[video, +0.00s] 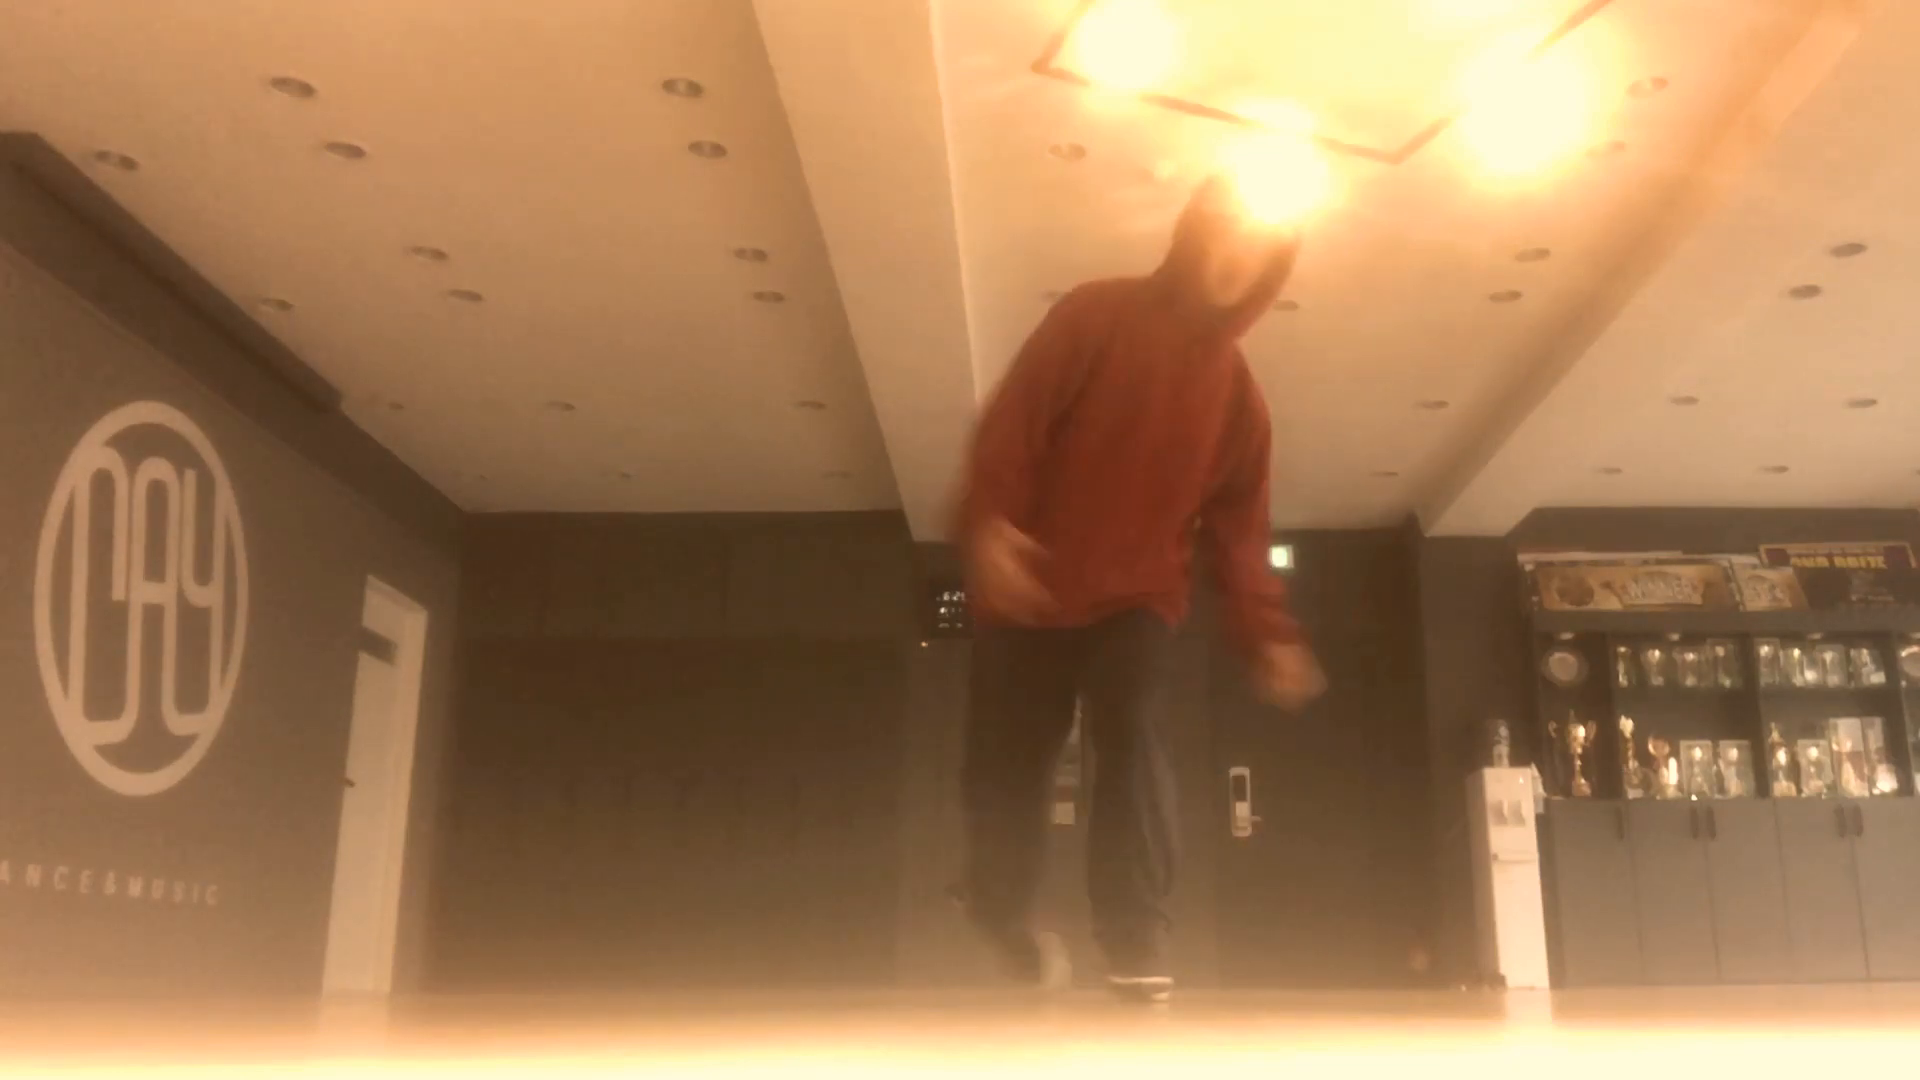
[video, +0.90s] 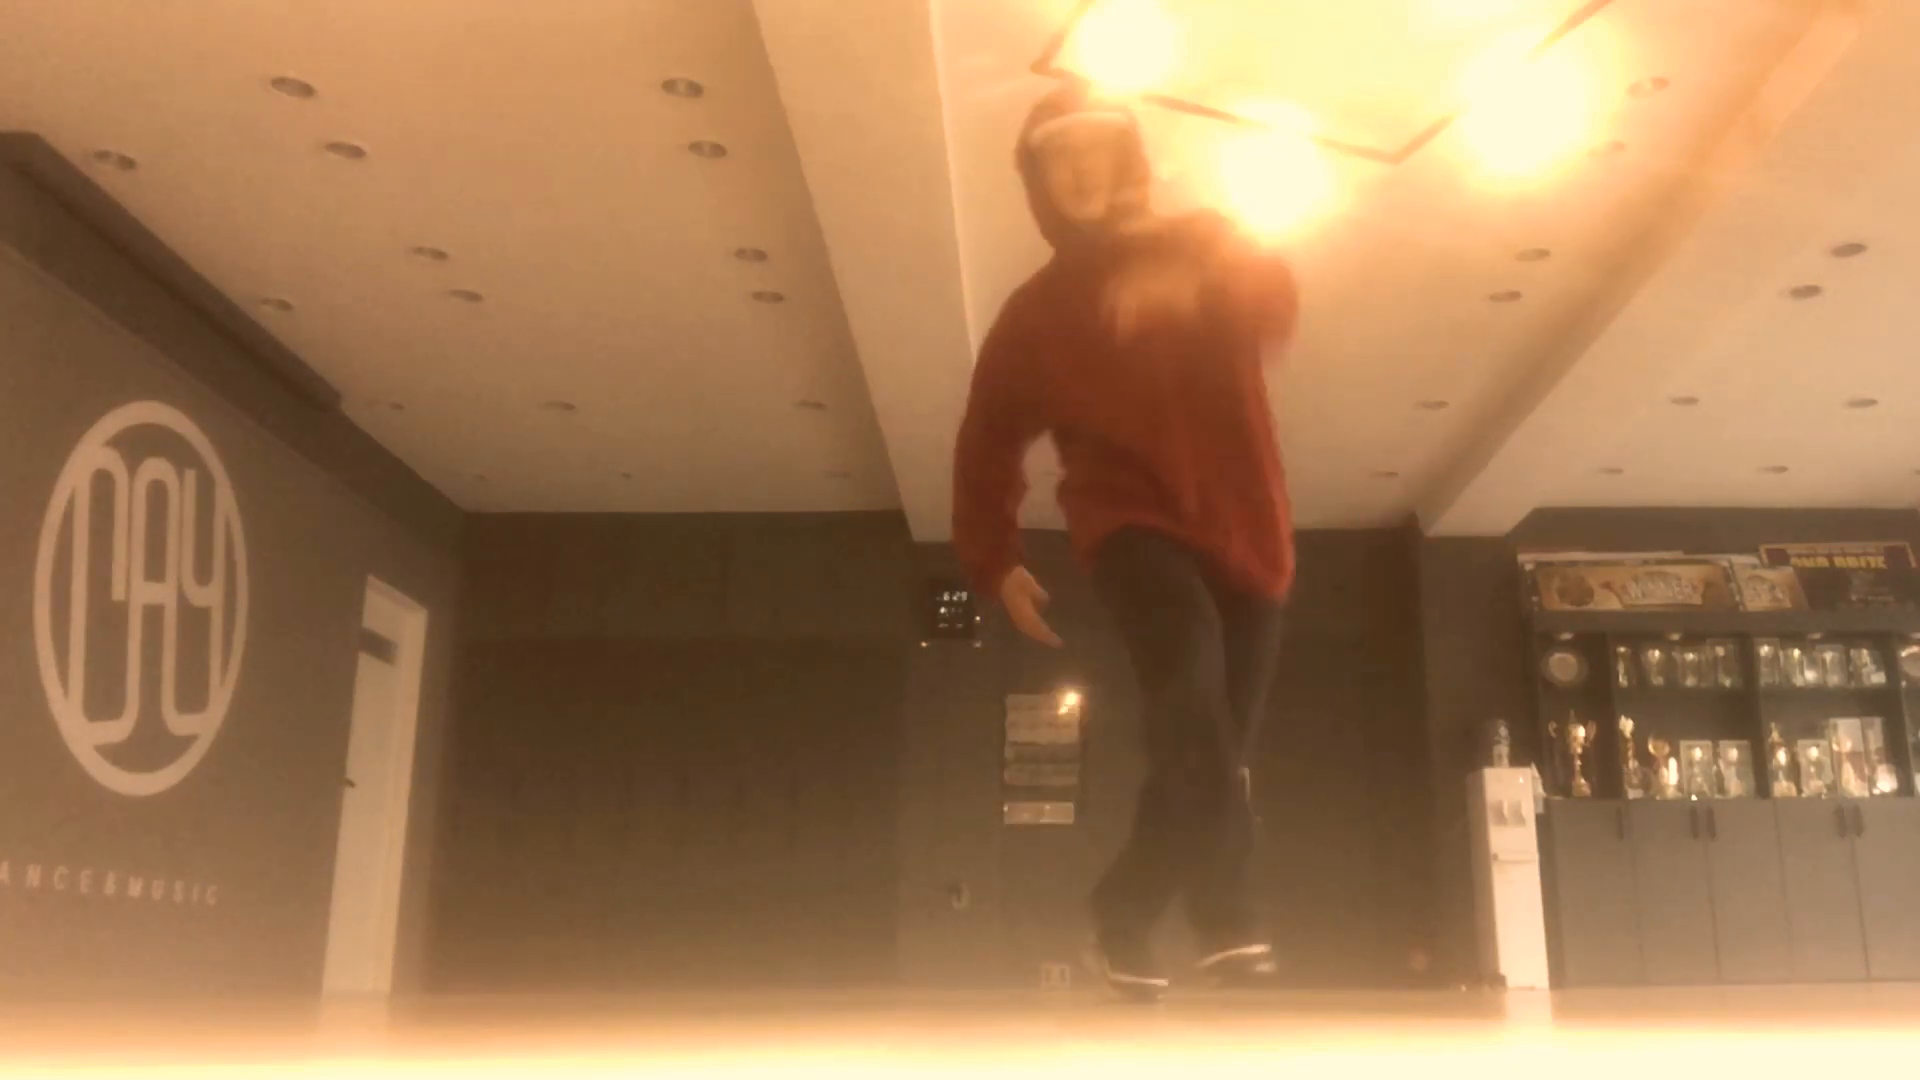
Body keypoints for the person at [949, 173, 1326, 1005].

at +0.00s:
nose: (1236, 269)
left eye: (1257, 257)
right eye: (1228, 243)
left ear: (1269, 278)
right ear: (1191, 238)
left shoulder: (1235, 392)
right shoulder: (1095, 315)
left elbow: (1239, 530)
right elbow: (1017, 414)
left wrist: (1270, 632)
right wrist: (989, 519)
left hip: (1139, 589)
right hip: (1034, 574)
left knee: (1134, 745)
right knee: (1013, 753)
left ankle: (1135, 939)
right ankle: (1003, 917)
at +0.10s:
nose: (1223, 248)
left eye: (1244, 236)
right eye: (1213, 224)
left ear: (1257, 267)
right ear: (1179, 229)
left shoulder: (1241, 386)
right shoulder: (1106, 298)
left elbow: (1288, 523)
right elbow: (999, 359)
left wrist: (1365, 607)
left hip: (1148, 599)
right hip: (1029, 575)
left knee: (1148, 768)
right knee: (978, 752)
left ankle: (1138, 945)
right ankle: (926, 923)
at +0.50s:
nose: (1201, 241)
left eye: (1218, 227)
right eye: (1185, 220)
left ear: (1232, 248)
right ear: (1145, 223)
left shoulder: (1234, 372)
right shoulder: (1086, 302)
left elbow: (1297, 495)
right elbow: (981, 366)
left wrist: (1366, 580)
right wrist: (939, 411)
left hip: (1181, 592)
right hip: (1070, 558)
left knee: (1162, 771)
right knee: (1044, 727)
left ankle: (1110, 941)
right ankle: (892, 884)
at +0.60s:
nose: (1189, 234)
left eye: (1206, 216)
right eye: (1169, 214)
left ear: (1224, 234)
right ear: (1132, 223)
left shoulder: (1232, 359)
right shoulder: (1078, 320)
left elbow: (1265, 490)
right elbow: (1020, 444)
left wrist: (1283, 603)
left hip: (1186, 598)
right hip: (1089, 573)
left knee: (1156, 774)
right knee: (1116, 686)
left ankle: (1112, 945)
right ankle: (975, 871)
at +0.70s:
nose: (1154, 218)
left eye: (1172, 197)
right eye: (1133, 200)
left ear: (1202, 212)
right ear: (1105, 216)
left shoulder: (1236, 339)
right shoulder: (1061, 321)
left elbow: (1253, 475)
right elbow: (1017, 453)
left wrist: (1218, 561)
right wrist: (1031, 565)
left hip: (1195, 575)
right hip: (1087, 556)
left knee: (1182, 752)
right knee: (1148, 664)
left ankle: (1116, 936)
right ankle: (1063, 889)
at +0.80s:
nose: (1119, 186)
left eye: (1135, 164)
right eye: (1095, 170)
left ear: (1164, 176)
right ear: (1065, 190)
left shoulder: (1225, 291)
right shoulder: (1042, 309)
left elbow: (1274, 405)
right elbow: (986, 437)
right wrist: (1001, 556)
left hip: (1217, 545)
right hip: (1102, 532)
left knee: (1198, 751)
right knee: (1162, 675)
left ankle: (1118, 930)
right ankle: (1161, 935)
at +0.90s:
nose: (1091, 180)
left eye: (1105, 157)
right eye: (1067, 167)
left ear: (1137, 162)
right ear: (1039, 188)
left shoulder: (1203, 243)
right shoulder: (1037, 311)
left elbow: (1275, 307)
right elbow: (986, 444)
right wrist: (994, 560)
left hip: (1241, 516)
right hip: (1128, 516)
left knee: (1219, 735)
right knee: (1192, 691)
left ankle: (1122, 918)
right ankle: (1230, 922)